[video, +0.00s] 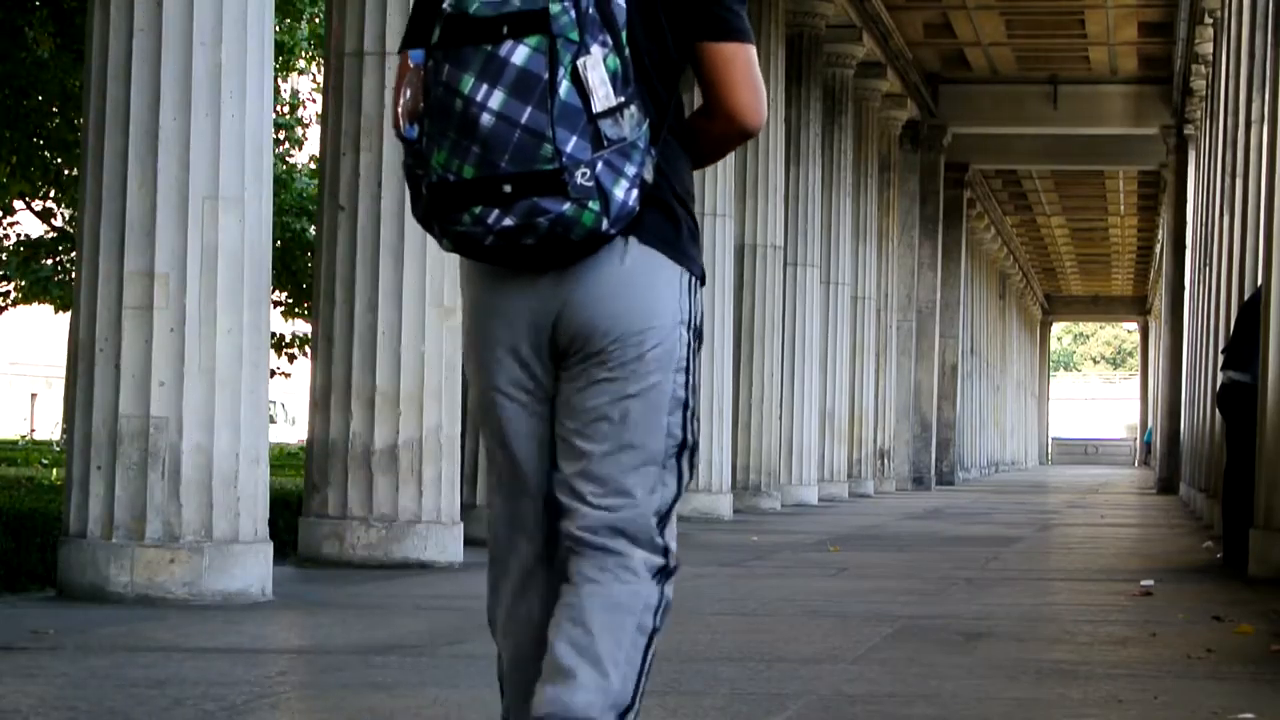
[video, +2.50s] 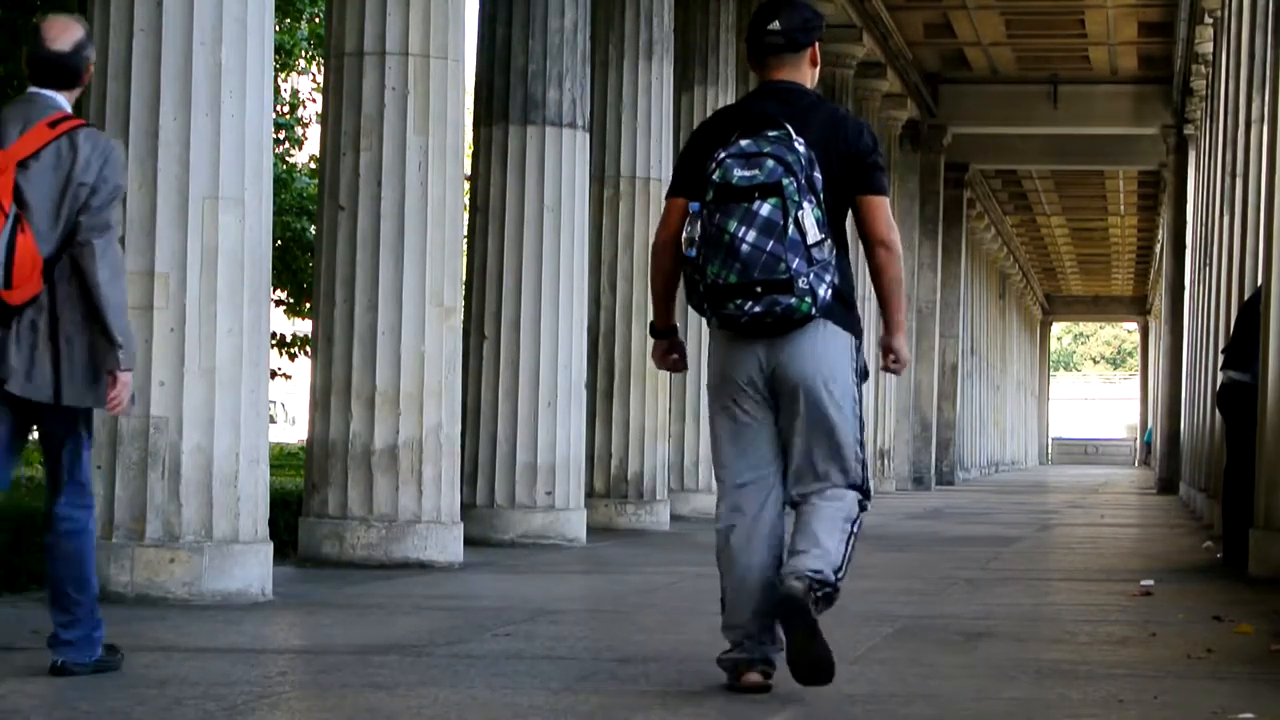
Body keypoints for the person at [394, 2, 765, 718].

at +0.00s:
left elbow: (411, 104)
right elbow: (741, 108)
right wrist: (663, 155)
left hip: (498, 266)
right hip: (630, 261)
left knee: (518, 539)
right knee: (614, 541)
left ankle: (526, 705)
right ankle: (573, 706)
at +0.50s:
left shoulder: (568, 6)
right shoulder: (741, 5)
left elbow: (506, 141)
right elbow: (789, 155)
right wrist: (739, 204)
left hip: (571, 289)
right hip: (694, 288)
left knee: (576, 521)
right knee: (708, 526)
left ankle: (557, 710)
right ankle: (719, 706)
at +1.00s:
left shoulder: (636, 27)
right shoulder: (803, 36)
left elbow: (576, 163)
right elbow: (858, 180)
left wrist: (648, 209)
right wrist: (785, 203)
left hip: (652, 302)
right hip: (764, 300)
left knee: (665, 501)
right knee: (745, 507)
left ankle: (677, 683)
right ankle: (725, 704)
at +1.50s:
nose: (783, 5)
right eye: (781, 1)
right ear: (773, 2)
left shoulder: (646, 66)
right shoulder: (804, 64)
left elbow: (609, 190)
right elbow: (853, 186)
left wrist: (673, 227)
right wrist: (803, 222)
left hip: (676, 314)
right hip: (778, 310)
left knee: (692, 498)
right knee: (788, 500)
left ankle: (703, 696)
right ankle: (786, 684)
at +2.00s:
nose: (835, 27)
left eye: (826, 19)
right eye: (835, 20)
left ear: (763, 22)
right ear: (831, 23)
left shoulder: (711, 92)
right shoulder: (859, 106)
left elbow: (665, 205)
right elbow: (896, 221)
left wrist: (732, 239)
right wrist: (831, 245)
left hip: (724, 320)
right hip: (820, 324)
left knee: (720, 477)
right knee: (804, 498)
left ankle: (727, 616)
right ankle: (793, 682)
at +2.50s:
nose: (820, 62)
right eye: (820, 52)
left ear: (753, 57)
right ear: (815, 54)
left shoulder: (711, 132)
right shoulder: (844, 131)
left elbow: (668, 236)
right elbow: (881, 239)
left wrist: (664, 323)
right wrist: (896, 327)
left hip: (733, 336)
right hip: (816, 333)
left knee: (746, 492)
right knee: (831, 482)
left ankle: (748, 658)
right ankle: (804, 583)